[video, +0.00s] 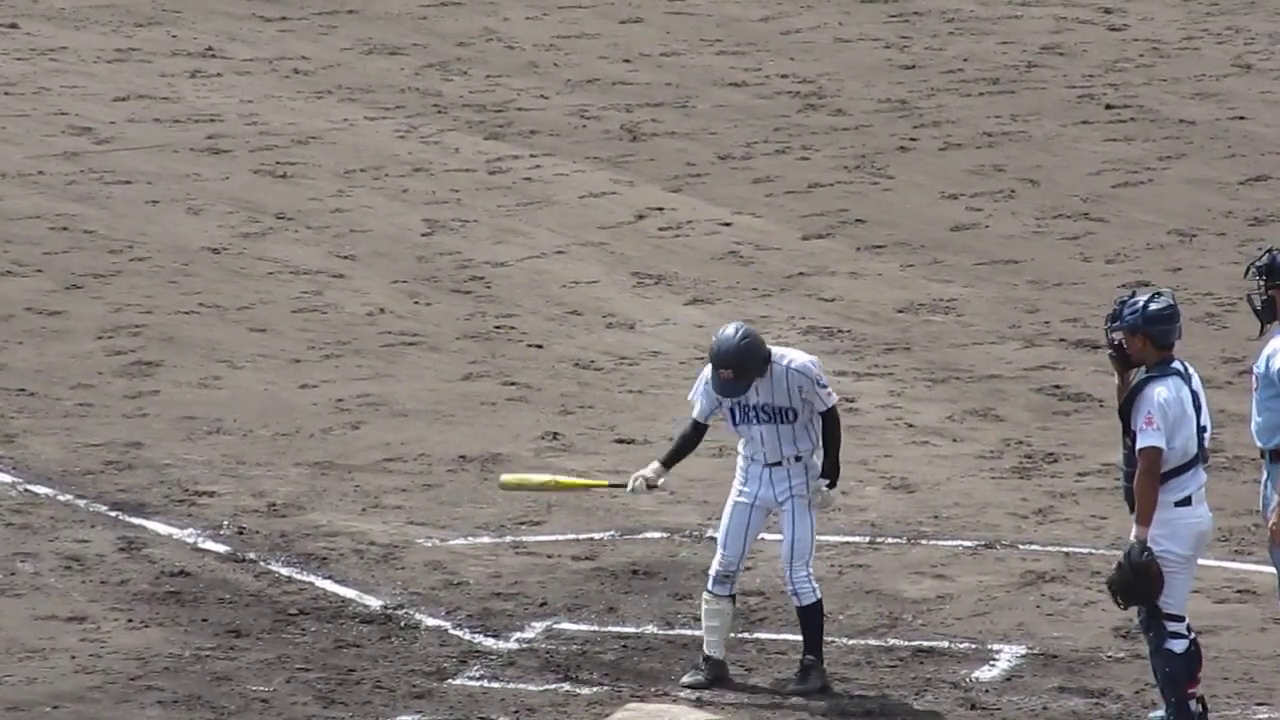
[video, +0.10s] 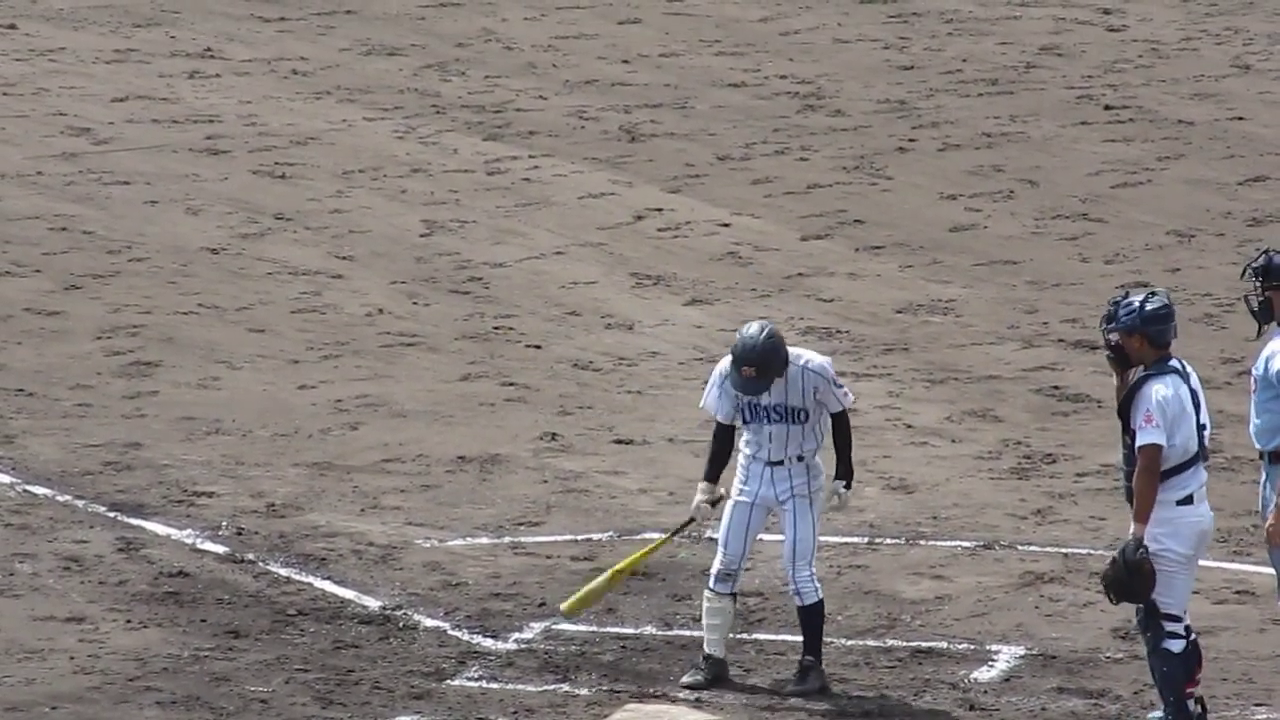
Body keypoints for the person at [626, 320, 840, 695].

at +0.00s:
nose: (727, 385)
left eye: (734, 379)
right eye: (722, 377)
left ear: (755, 366)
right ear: (717, 363)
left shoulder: (800, 370)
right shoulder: (717, 376)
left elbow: (829, 414)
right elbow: (696, 428)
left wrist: (829, 476)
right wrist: (659, 466)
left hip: (797, 474)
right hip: (750, 475)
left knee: (798, 573)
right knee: (724, 566)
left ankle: (813, 666)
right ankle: (712, 661)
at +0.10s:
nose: (750, 385)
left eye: (758, 378)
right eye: (745, 376)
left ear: (779, 364)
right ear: (737, 361)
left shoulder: (814, 371)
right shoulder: (728, 373)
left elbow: (839, 415)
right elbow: (723, 431)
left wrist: (843, 475)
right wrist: (708, 483)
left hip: (800, 476)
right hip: (750, 474)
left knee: (800, 572)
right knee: (725, 565)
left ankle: (811, 667)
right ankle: (712, 661)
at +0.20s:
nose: (766, 377)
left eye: (774, 372)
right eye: (761, 369)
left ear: (794, 361)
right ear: (754, 357)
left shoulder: (826, 370)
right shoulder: (739, 371)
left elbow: (847, 416)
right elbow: (742, 436)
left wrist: (856, 474)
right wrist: (743, 488)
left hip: (800, 474)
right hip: (751, 472)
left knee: (802, 571)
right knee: (723, 566)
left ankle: (813, 665)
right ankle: (715, 659)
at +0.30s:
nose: (779, 369)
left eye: (787, 364)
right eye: (774, 362)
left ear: (805, 356)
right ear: (764, 352)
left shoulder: (831, 367)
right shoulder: (746, 370)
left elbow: (848, 414)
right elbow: (754, 431)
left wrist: (861, 472)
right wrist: (767, 487)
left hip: (798, 470)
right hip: (748, 468)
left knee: (801, 567)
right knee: (717, 561)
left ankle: (813, 665)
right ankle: (719, 642)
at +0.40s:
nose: (783, 367)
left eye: (791, 361)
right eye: (778, 360)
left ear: (808, 354)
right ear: (769, 352)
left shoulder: (833, 364)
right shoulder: (750, 371)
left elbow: (847, 411)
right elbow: (768, 432)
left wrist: (861, 467)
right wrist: (798, 476)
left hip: (802, 472)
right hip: (750, 468)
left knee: (803, 570)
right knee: (712, 565)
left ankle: (813, 664)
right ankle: (714, 631)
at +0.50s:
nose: (783, 370)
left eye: (791, 365)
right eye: (777, 363)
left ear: (808, 354)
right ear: (767, 353)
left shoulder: (829, 361)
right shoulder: (748, 372)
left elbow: (842, 409)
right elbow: (779, 426)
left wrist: (856, 464)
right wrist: (826, 460)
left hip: (796, 473)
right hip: (745, 468)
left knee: (801, 569)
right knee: (708, 567)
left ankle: (813, 665)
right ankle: (704, 639)